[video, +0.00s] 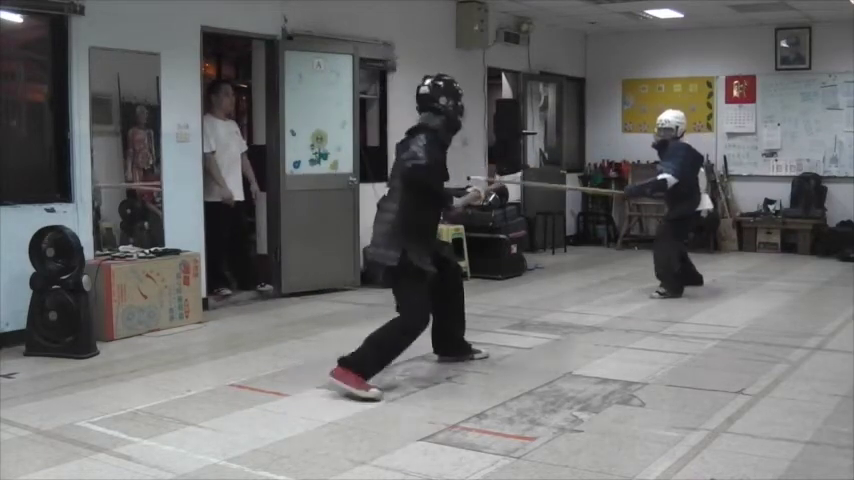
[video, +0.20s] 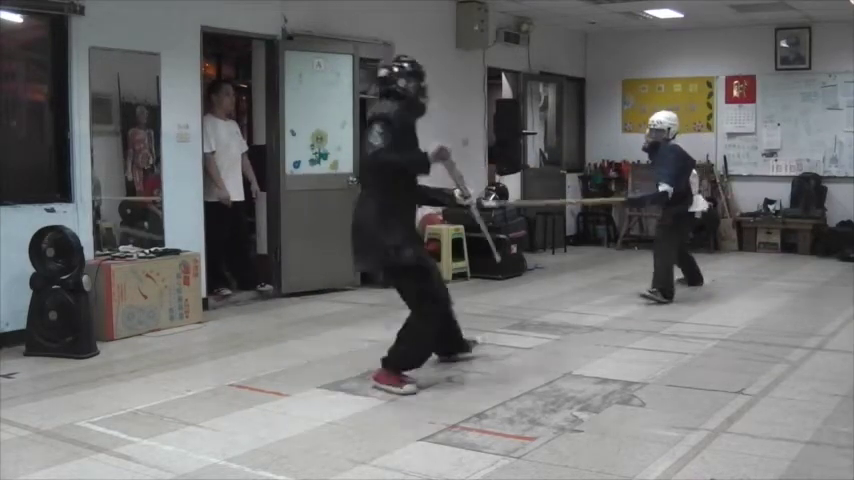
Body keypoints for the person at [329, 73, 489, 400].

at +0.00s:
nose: (461, 110)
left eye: (460, 103)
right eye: (457, 103)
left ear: (430, 105)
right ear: (445, 104)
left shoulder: (430, 142)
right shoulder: (423, 140)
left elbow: (425, 203)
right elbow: (418, 186)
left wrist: (464, 201)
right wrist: (459, 198)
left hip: (413, 239)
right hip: (399, 240)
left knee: (449, 275)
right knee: (415, 316)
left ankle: (451, 347)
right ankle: (352, 369)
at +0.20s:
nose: (423, 92)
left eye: (422, 85)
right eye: (417, 86)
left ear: (401, 87)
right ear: (401, 87)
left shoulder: (403, 124)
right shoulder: (384, 120)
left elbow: (404, 188)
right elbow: (379, 162)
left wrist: (449, 196)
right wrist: (428, 159)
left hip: (396, 225)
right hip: (382, 228)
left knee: (431, 288)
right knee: (429, 295)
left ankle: (450, 345)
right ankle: (391, 370)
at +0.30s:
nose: (404, 84)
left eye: (403, 77)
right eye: (397, 78)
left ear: (380, 81)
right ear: (380, 81)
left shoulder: (384, 122)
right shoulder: (366, 117)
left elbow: (393, 188)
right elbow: (363, 152)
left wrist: (440, 198)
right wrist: (407, 140)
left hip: (376, 226)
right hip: (362, 228)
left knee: (413, 294)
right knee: (409, 300)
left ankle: (411, 356)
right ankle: (390, 370)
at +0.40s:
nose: (389, 79)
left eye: (389, 72)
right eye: (383, 71)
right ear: (364, 72)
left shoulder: (373, 117)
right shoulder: (345, 105)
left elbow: (377, 184)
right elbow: (321, 139)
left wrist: (423, 195)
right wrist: (354, 137)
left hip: (355, 224)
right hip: (334, 224)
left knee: (385, 289)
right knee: (382, 290)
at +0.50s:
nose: (375, 70)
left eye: (375, 63)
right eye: (369, 61)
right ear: (350, 60)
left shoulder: (354, 106)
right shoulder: (328, 92)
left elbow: (361, 175)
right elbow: (291, 126)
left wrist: (403, 187)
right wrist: (309, 146)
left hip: (322, 210)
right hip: (304, 210)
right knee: (344, 282)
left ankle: (280, 359)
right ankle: (372, 366)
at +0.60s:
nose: (347, 84)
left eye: (348, 76)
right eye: (340, 75)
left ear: (342, 78)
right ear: (320, 73)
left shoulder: (328, 119)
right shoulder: (297, 99)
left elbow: (355, 168)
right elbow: (260, 133)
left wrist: (403, 169)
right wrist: (278, 131)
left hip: (287, 221)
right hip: (263, 218)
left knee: (314, 285)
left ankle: (289, 371)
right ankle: (277, 372)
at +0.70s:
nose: (316, 84)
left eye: (317, 75)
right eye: (310, 75)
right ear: (290, 73)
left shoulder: (302, 122)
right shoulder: (269, 103)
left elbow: (331, 170)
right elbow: (226, 126)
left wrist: (386, 166)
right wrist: (244, 130)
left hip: (258, 225)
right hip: (233, 223)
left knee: (280, 294)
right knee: (272, 300)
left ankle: (269, 377)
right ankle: (196, 374)